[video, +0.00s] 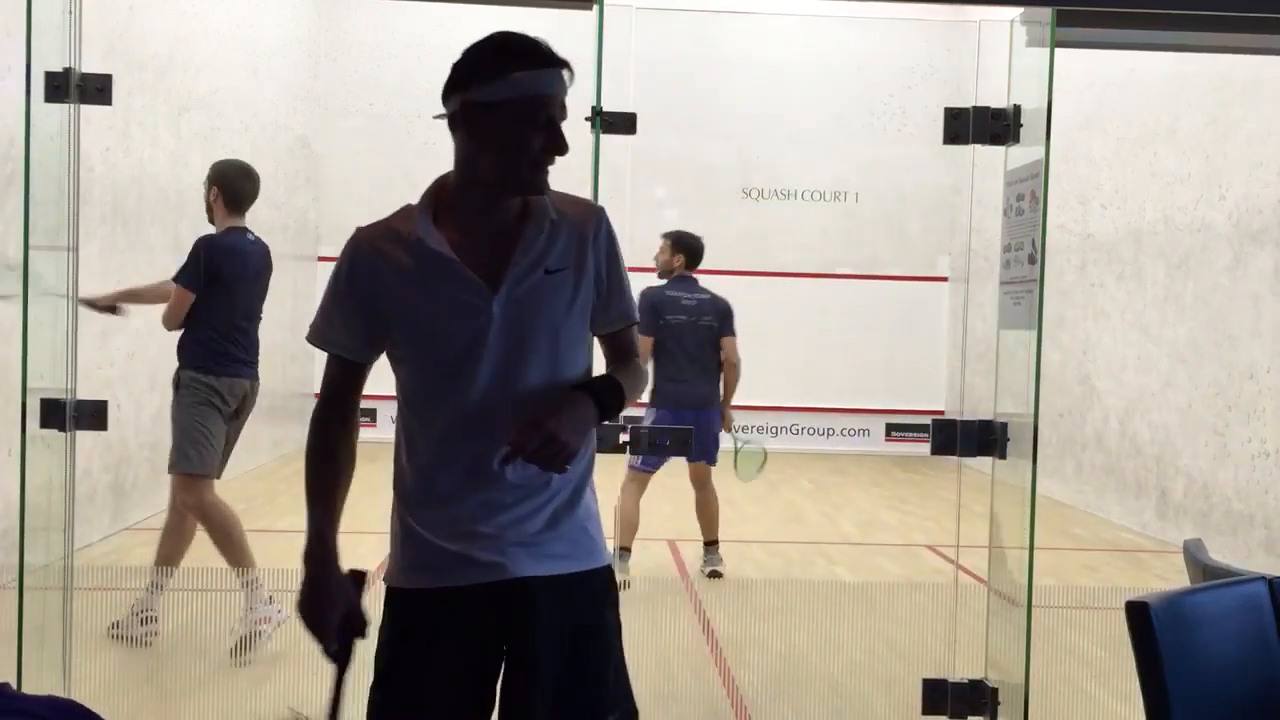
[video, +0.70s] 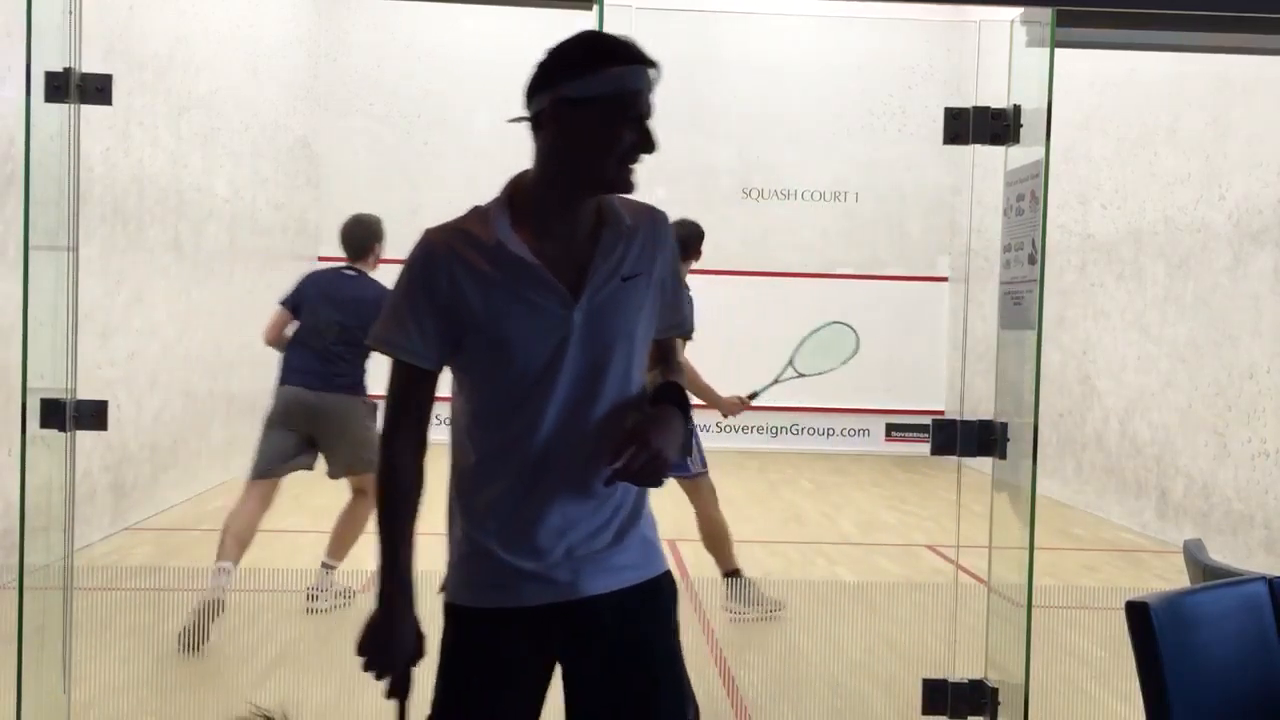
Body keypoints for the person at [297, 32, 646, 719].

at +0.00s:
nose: (560, 140)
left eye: (560, 119)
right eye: (538, 120)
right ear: (466, 121)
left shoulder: (582, 230)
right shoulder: (379, 253)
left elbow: (630, 367)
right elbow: (336, 408)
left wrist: (588, 404)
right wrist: (321, 563)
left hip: (566, 574)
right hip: (437, 578)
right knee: (414, 715)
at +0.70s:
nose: (647, 139)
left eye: (646, 119)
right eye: (626, 117)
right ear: (551, 117)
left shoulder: (647, 235)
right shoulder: (450, 255)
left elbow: (666, 365)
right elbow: (406, 431)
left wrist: (671, 411)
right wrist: (394, 596)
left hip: (626, 582)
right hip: (498, 588)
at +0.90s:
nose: (747, 137)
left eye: (743, 116)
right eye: (729, 115)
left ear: (662, 120)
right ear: (657, 117)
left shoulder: (723, 239)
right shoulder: (544, 249)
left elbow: (730, 371)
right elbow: (493, 424)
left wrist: (759, 416)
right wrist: (502, 588)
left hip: (703, 591)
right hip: (578, 599)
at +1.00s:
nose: (793, 135)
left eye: (788, 113)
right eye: (774, 112)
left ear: (717, 118)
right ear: (703, 114)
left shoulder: (758, 239)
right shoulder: (589, 247)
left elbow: (771, 362)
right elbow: (540, 431)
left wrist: (816, 414)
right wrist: (574, 590)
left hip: (743, 589)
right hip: (627, 602)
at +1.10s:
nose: (827, 137)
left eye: (823, 115)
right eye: (811, 114)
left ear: (749, 118)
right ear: (744, 115)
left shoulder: (786, 238)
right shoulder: (628, 246)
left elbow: (827, 355)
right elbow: (585, 427)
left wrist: (898, 414)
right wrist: (643, 579)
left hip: (771, 582)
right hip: (668, 596)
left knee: (778, 712)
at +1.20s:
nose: (860, 142)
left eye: (856, 120)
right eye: (845, 118)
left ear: (783, 119)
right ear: (779, 116)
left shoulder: (808, 237)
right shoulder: (662, 246)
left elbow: (877, 336)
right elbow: (626, 438)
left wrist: (949, 382)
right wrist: (711, 585)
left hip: (796, 578)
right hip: (703, 594)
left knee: (808, 711)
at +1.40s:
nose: (909, 135)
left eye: (909, 117)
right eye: (890, 113)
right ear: (819, 114)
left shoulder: (857, 245)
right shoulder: (726, 249)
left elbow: (932, 345)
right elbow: (699, 450)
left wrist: (1015, 368)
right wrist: (816, 586)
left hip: (851, 597)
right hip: (763, 610)